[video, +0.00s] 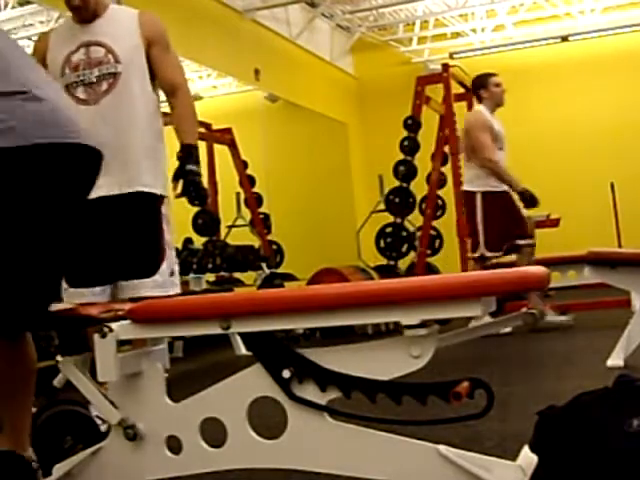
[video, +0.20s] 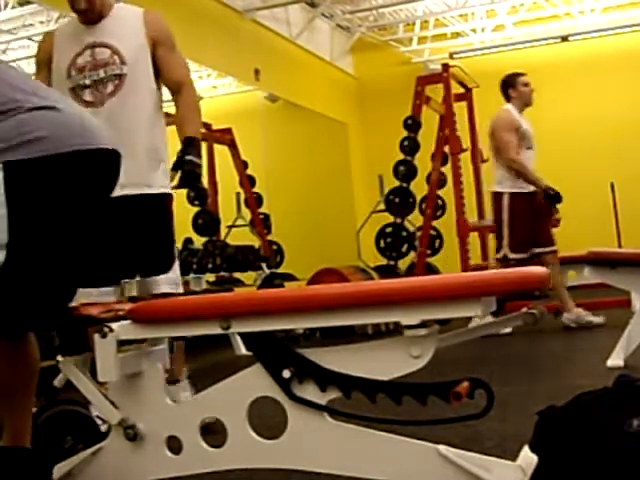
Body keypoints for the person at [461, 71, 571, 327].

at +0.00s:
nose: (503, 90)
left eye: (502, 85)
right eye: (497, 86)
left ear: (491, 93)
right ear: (483, 93)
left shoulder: (490, 120)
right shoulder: (477, 118)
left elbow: (492, 160)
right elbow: (487, 159)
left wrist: (517, 188)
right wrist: (518, 187)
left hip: (497, 191)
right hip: (481, 192)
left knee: (525, 242)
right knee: (486, 253)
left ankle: (534, 302)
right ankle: (484, 310)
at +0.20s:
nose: (531, 89)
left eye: (530, 85)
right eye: (525, 85)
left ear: (521, 92)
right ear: (511, 92)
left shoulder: (520, 120)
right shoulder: (505, 118)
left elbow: (521, 163)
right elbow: (510, 159)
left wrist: (543, 196)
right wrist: (542, 186)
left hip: (529, 194)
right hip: (511, 194)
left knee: (548, 255)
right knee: (508, 258)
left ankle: (570, 309)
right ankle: (484, 312)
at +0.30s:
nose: (548, 84)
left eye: (547, 80)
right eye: (542, 80)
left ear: (537, 86)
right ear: (528, 86)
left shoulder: (537, 114)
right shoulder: (521, 111)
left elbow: (542, 156)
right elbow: (525, 152)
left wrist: (557, 187)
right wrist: (549, 182)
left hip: (547, 189)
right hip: (530, 191)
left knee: (562, 250)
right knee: (535, 254)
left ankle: (571, 308)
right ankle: (503, 307)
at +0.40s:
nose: (558, 82)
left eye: (557, 77)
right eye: (552, 78)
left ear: (545, 84)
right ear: (538, 84)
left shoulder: (549, 112)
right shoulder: (531, 109)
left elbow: (559, 157)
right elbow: (533, 148)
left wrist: (573, 188)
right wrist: (555, 184)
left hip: (558, 186)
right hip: (541, 187)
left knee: (567, 249)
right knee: (557, 248)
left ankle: (571, 308)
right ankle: (515, 294)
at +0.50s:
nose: (573, 79)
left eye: (571, 74)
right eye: (567, 75)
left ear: (561, 80)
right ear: (552, 81)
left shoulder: (564, 112)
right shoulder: (545, 107)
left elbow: (576, 155)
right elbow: (546, 146)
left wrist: (597, 184)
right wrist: (565, 178)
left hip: (569, 182)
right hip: (555, 182)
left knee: (569, 245)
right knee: (585, 238)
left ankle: (570, 307)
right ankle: (554, 295)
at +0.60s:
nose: (582, 77)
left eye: (581, 73)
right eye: (576, 73)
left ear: (570, 80)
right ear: (561, 80)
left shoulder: (574, 110)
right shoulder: (554, 106)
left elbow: (588, 154)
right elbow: (554, 145)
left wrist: (611, 182)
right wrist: (576, 176)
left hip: (575, 181)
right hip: (565, 181)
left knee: (572, 245)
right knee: (597, 237)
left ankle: (573, 306)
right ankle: (583, 302)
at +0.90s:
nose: (621, 70)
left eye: (619, 66)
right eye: (615, 67)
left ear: (606, 75)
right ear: (601, 75)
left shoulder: (613, 103)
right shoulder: (595, 103)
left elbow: (625, 145)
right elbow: (601, 148)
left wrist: (636, 167)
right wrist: (622, 178)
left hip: (623, 177)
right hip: (610, 179)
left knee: (616, 240)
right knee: (625, 240)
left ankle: (581, 299)